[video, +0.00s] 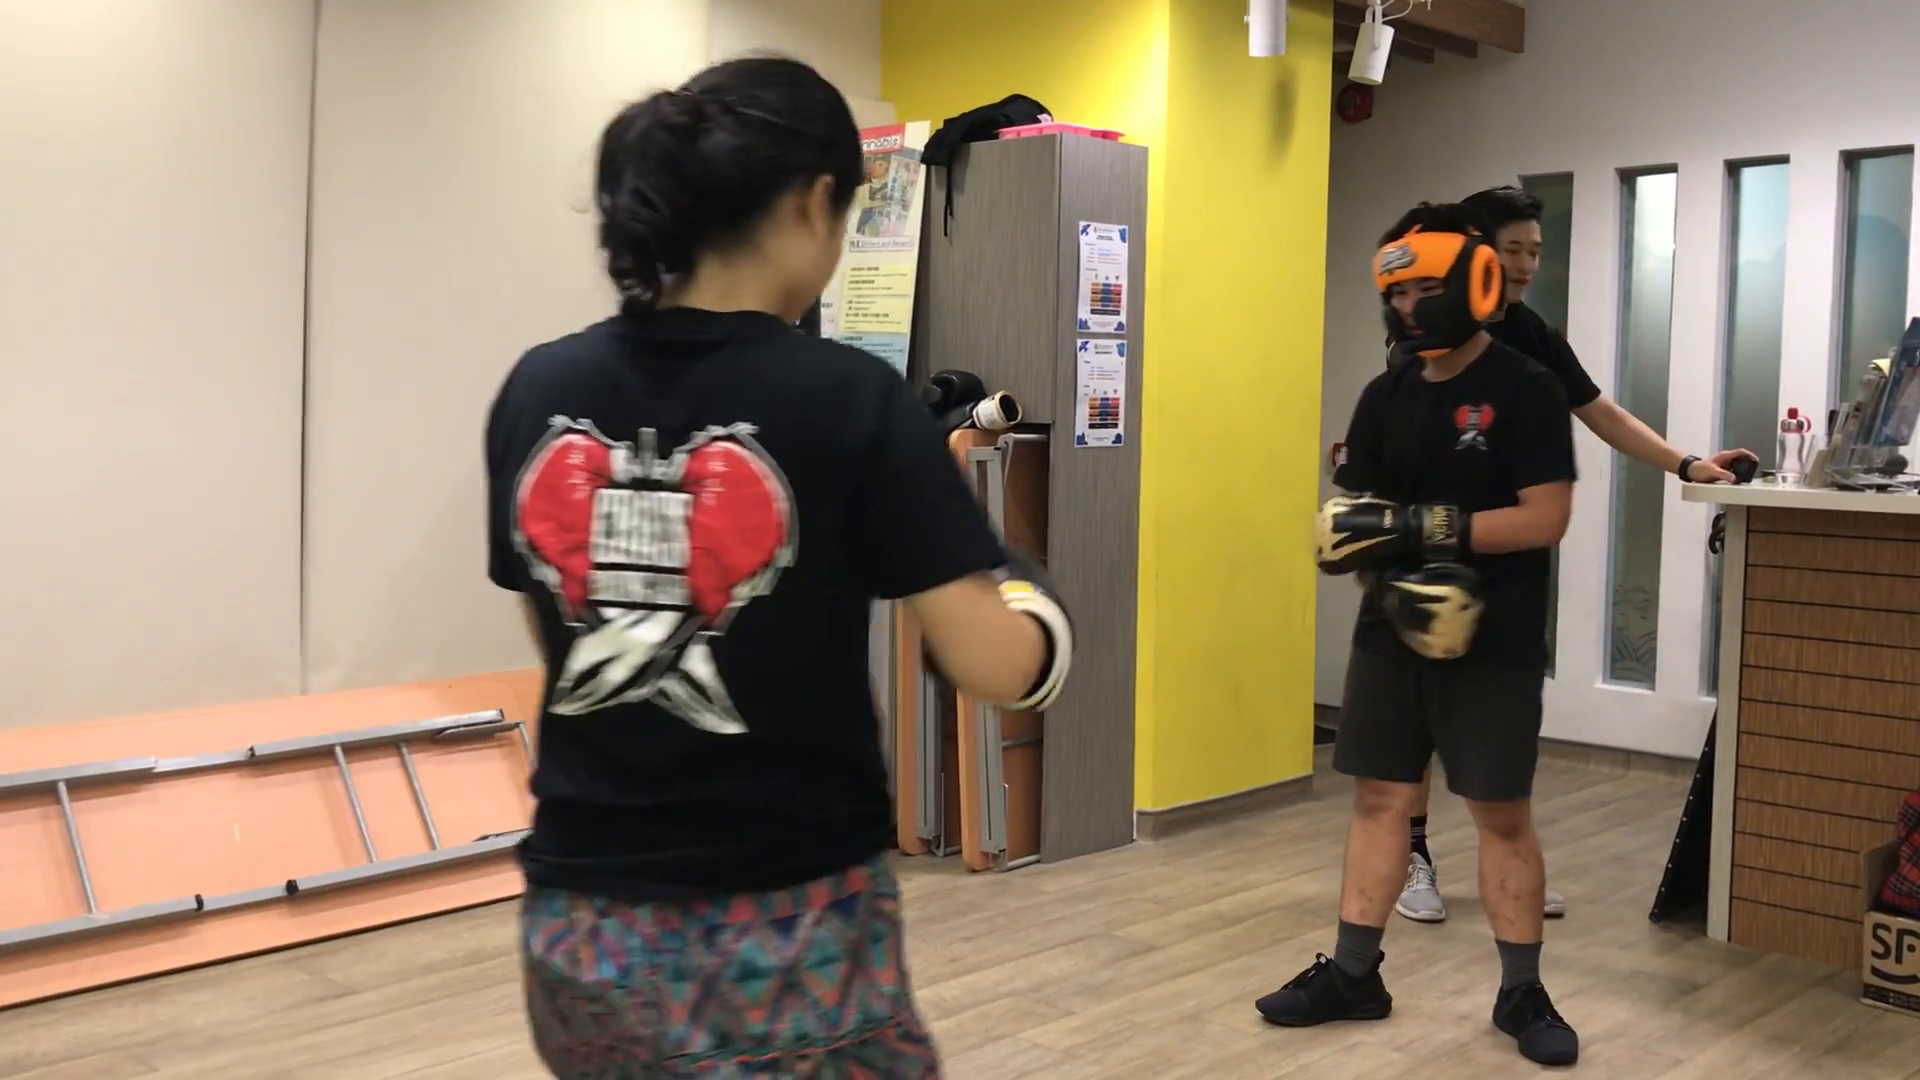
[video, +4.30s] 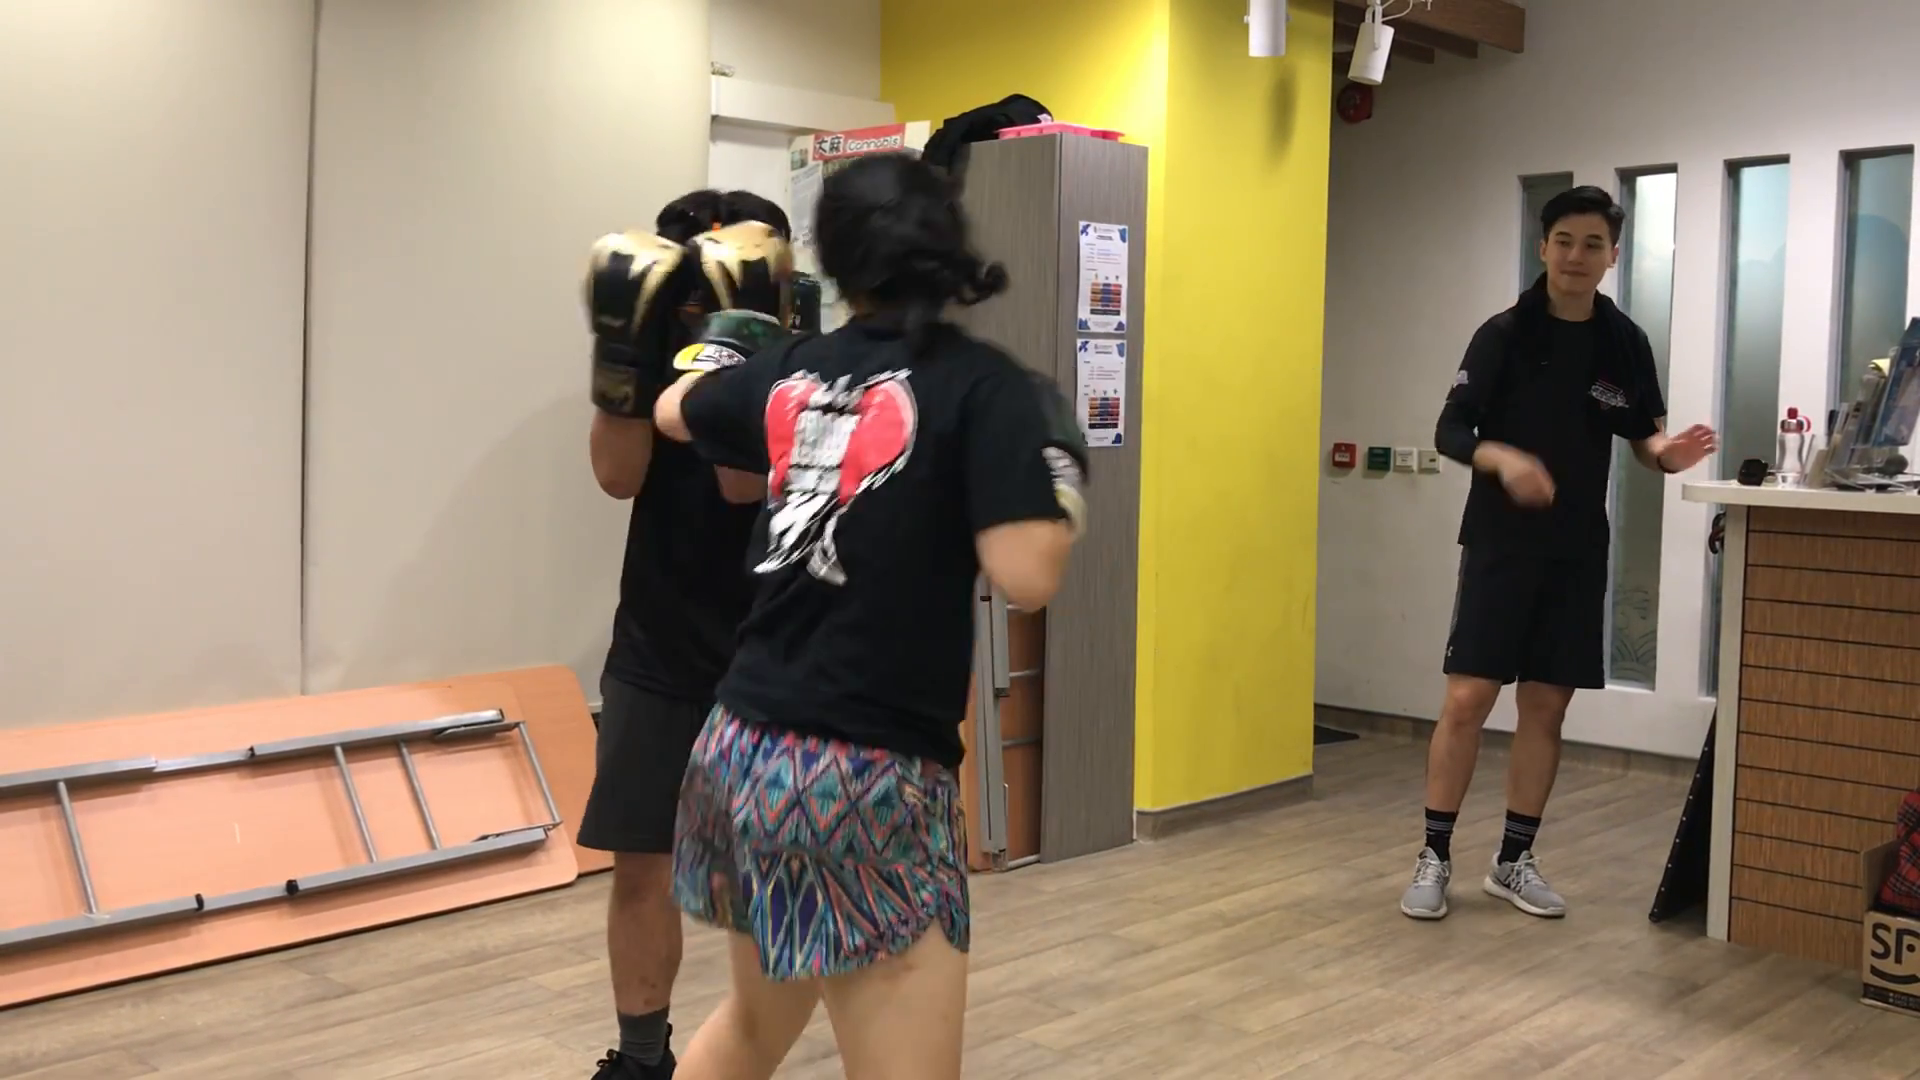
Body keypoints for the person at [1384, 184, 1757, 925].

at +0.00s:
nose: (1529, 266)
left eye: (1535, 252)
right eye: (1516, 252)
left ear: (1534, 256)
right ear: (1473, 253)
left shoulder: (1535, 339)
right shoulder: (1424, 345)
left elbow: (1607, 418)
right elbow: (1389, 435)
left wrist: (1686, 464)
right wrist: (1363, 475)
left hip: (1510, 556)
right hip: (1418, 555)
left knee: (1504, 707)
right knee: (1414, 710)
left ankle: (1511, 871)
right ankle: (1412, 855)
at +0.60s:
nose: (1563, 256)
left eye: (1578, 247)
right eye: (1551, 241)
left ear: (1591, 257)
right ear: (1522, 245)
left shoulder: (1591, 343)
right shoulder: (1479, 320)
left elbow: (1626, 437)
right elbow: (1413, 364)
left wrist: (1690, 463)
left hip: (1547, 548)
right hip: (1470, 542)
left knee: (1531, 706)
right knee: (1448, 703)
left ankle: (1515, 861)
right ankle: (1419, 859)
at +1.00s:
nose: (1605, 275)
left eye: (1612, 263)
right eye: (1595, 258)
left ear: (1611, 269)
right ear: (1552, 253)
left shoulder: (1601, 345)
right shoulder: (1488, 319)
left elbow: (1642, 438)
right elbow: (1431, 363)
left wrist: (1683, 428)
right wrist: (1464, 363)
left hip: (1562, 548)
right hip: (1486, 543)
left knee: (1538, 706)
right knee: (1463, 704)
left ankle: (1515, 860)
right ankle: (1437, 862)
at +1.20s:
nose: (1602, 275)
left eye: (1611, 265)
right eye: (1591, 260)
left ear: (1610, 269)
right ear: (1547, 251)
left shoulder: (1604, 345)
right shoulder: (1488, 326)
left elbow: (1647, 447)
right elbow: (1468, 405)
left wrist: (1658, 424)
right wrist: (1569, 399)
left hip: (1563, 549)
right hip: (1485, 543)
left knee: (1537, 707)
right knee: (1461, 704)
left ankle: (1514, 862)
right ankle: (1439, 863)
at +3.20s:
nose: (1555, 253)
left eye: (1570, 241)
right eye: (1543, 238)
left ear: (1593, 253)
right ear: (1521, 246)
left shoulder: (1601, 338)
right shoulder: (1486, 319)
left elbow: (1641, 433)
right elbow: (1478, 333)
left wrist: (1704, 461)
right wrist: (1516, 312)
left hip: (1565, 545)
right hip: (1488, 538)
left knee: (1540, 709)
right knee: (1460, 707)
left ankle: (1514, 861)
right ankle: (1436, 863)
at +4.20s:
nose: (1571, 254)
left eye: (1587, 243)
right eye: (1558, 240)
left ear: (1605, 253)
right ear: (1536, 245)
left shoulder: (1617, 340)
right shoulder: (1502, 325)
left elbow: (1641, 437)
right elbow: (1449, 412)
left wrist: (1684, 457)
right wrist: (1526, 381)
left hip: (1573, 545)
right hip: (1496, 539)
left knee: (1543, 706)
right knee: (1468, 700)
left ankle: (1515, 861)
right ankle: (1435, 861)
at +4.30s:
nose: (1577, 256)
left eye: (1593, 244)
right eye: (1565, 241)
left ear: (1613, 254)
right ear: (1543, 247)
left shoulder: (1626, 343)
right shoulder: (1502, 335)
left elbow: (1646, 439)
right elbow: (1451, 431)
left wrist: (1665, 453)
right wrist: (1505, 457)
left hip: (1577, 548)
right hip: (1499, 542)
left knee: (1545, 705)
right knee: (1468, 699)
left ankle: (1515, 861)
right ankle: (1434, 859)